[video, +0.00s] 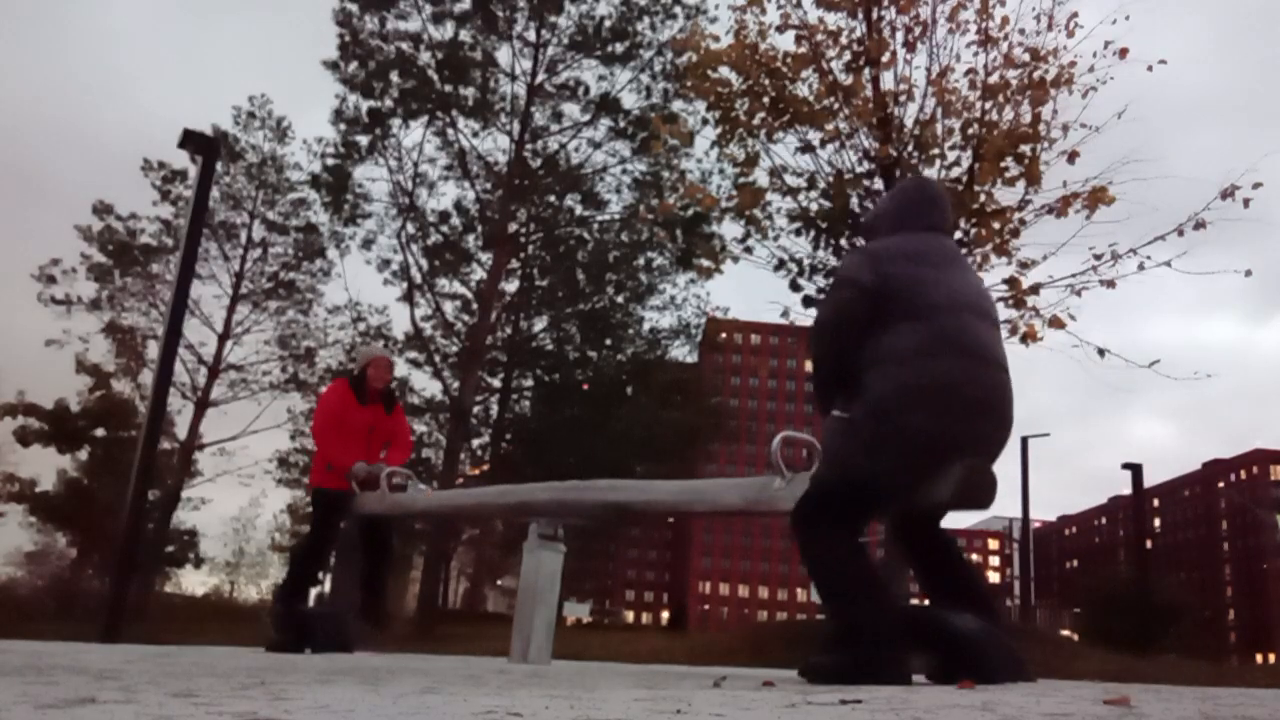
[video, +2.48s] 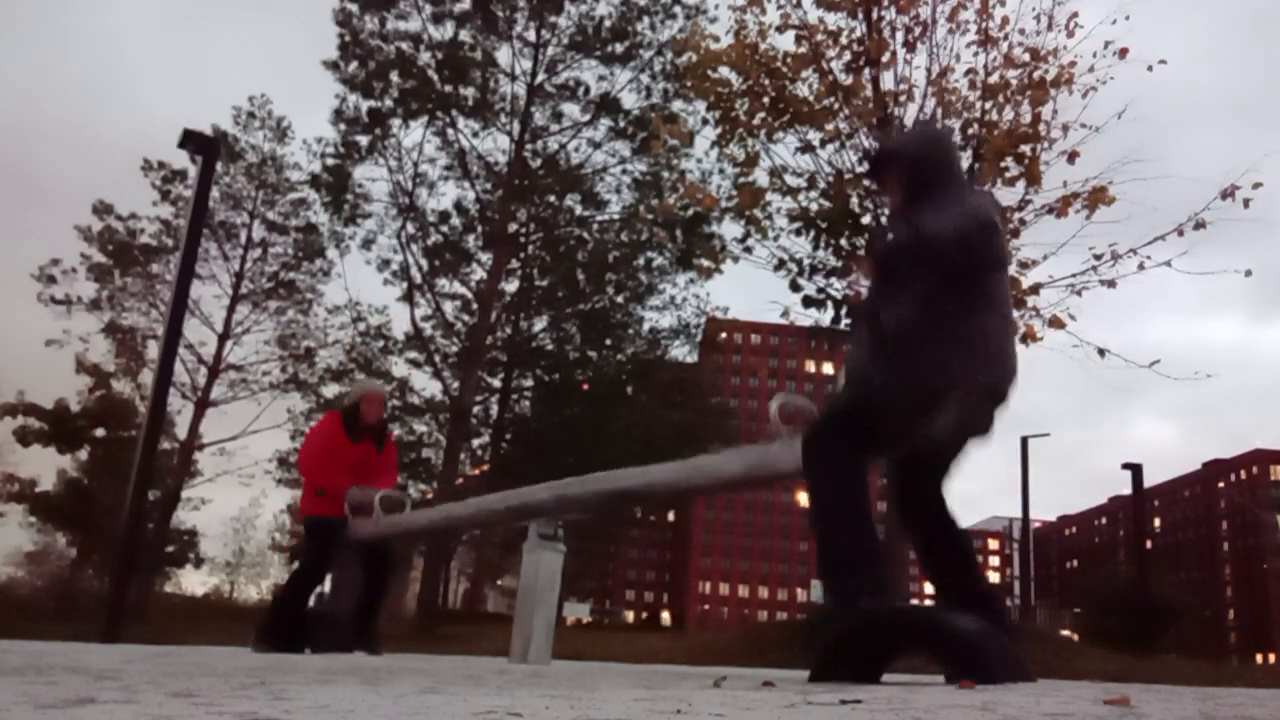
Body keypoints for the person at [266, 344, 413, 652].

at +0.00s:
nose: (382, 374)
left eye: (387, 369)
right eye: (376, 367)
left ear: (392, 374)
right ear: (363, 369)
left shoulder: (390, 405)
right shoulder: (340, 391)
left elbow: (403, 444)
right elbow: (322, 432)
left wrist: (386, 464)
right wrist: (351, 465)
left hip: (371, 491)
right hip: (332, 484)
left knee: (378, 550)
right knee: (319, 545)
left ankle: (371, 618)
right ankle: (287, 608)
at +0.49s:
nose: (388, 347)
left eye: (394, 342)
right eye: (383, 340)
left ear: (399, 347)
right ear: (371, 341)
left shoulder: (400, 381)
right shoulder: (347, 364)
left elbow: (407, 418)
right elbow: (334, 405)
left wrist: (389, 437)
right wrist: (360, 437)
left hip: (381, 460)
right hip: (342, 452)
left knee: (389, 521)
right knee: (330, 513)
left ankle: (384, 590)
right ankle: (295, 574)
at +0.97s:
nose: (388, 334)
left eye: (393, 329)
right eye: (383, 328)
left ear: (399, 333)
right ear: (370, 330)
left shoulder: (399, 364)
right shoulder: (350, 353)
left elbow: (409, 402)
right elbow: (341, 397)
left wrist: (392, 427)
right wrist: (364, 428)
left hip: (383, 449)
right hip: (345, 443)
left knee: (391, 511)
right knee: (339, 501)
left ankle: (389, 583)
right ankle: (305, 563)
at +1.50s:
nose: (365, 419)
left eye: (369, 413)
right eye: (359, 412)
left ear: (374, 416)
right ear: (346, 413)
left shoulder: (375, 450)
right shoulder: (322, 437)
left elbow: (382, 488)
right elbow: (310, 481)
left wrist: (368, 508)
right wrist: (339, 506)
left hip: (358, 527)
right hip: (320, 521)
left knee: (372, 577)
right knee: (312, 574)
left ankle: (362, 638)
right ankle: (268, 626)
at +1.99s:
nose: (352, 466)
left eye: (357, 461)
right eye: (347, 459)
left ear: (362, 466)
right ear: (332, 461)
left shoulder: (361, 495)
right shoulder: (306, 483)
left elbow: (366, 533)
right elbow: (290, 523)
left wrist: (359, 546)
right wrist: (334, 541)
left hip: (348, 564)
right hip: (308, 560)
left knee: (379, 586)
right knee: (325, 588)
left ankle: (359, 644)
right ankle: (277, 637)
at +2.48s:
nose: (378, 410)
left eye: (381, 405)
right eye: (373, 404)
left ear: (384, 408)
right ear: (358, 404)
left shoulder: (383, 440)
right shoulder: (331, 426)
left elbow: (388, 478)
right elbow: (308, 464)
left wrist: (373, 495)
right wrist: (343, 487)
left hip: (362, 517)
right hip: (323, 510)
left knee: (379, 568)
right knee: (316, 566)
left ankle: (362, 635)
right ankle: (275, 630)